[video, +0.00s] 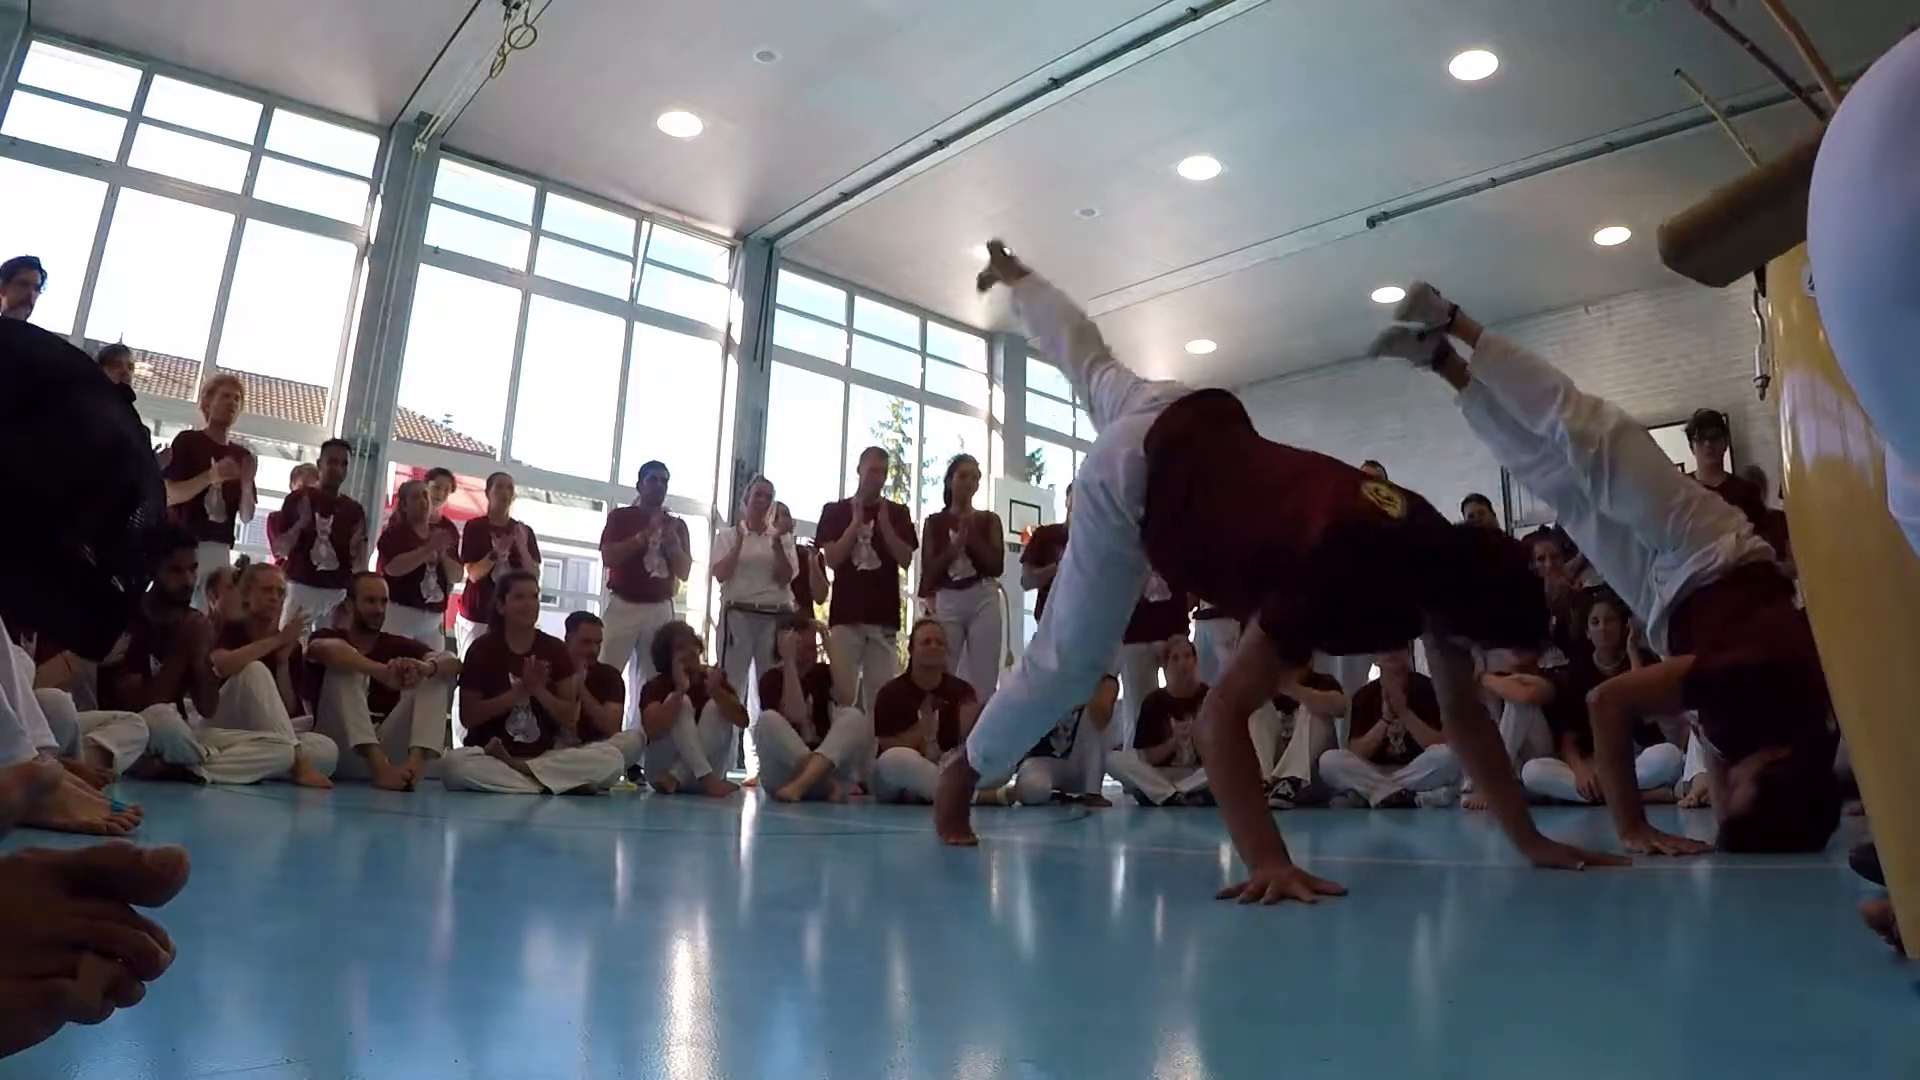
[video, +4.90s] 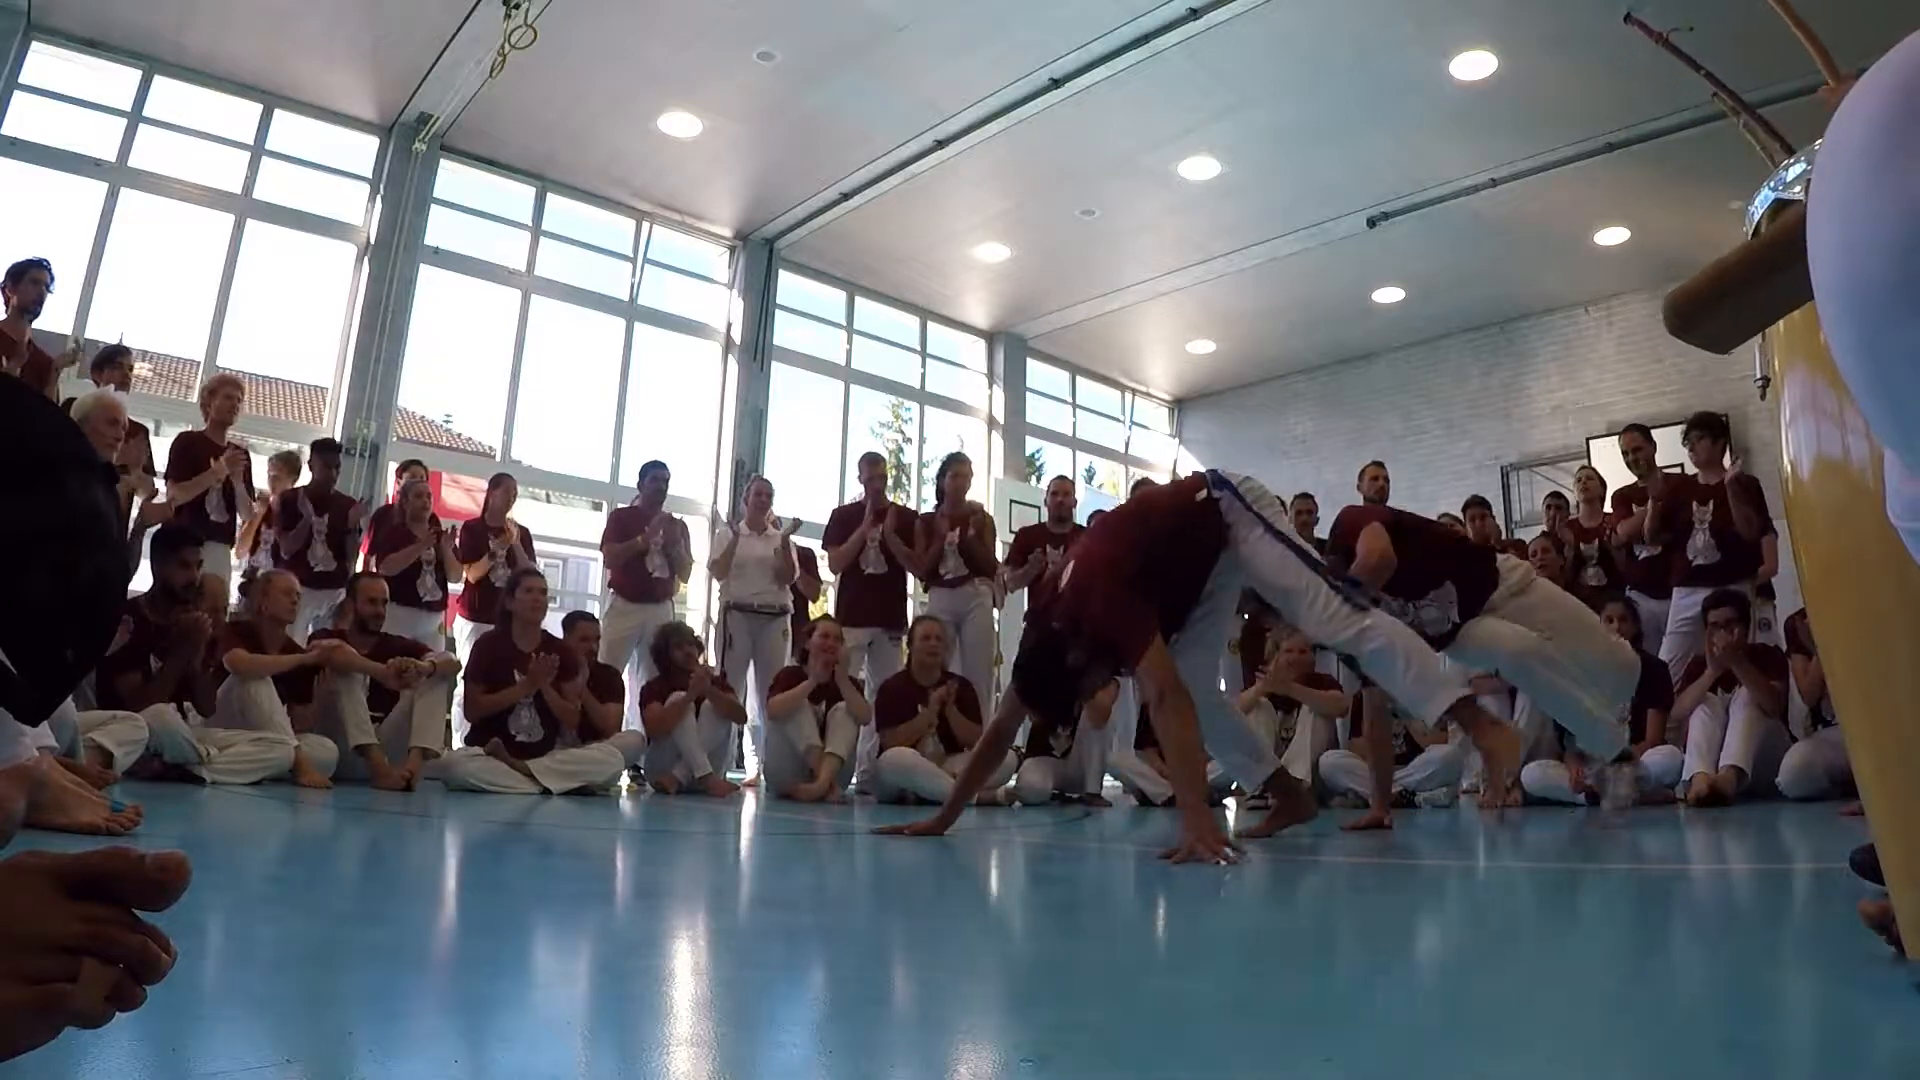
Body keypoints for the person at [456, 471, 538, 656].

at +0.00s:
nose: (505, 492)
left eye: (509, 488)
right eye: (499, 487)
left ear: (514, 494)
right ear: (488, 493)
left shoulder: (524, 531)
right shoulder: (474, 527)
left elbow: (534, 573)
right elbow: (473, 574)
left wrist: (522, 548)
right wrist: (496, 553)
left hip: (510, 619)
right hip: (475, 615)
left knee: (504, 681)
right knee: (471, 679)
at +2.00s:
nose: (504, 493)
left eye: (509, 489)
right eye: (498, 488)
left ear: (514, 495)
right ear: (487, 493)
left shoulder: (524, 532)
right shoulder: (473, 527)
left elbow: (532, 576)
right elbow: (473, 574)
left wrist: (514, 553)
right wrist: (498, 553)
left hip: (509, 621)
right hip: (473, 617)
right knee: (471, 679)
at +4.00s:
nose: (506, 495)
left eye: (510, 491)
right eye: (501, 490)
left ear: (514, 496)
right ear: (488, 493)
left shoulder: (521, 533)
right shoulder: (472, 527)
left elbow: (531, 576)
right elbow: (471, 574)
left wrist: (512, 552)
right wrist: (495, 553)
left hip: (509, 623)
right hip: (474, 618)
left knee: (504, 683)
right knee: (470, 684)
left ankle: (497, 742)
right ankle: (463, 745)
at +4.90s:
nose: (511, 499)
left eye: (514, 494)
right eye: (507, 492)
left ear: (515, 499)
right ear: (491, 493)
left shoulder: (522, 533)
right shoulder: (472, 528)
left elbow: (531, 575)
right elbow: (471, 574)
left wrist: (516, 545)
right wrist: (494, 552)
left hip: (509, 621)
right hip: (473, 618)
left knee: (504, 683)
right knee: (469, 683)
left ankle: (497, 742)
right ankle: (462, 745)